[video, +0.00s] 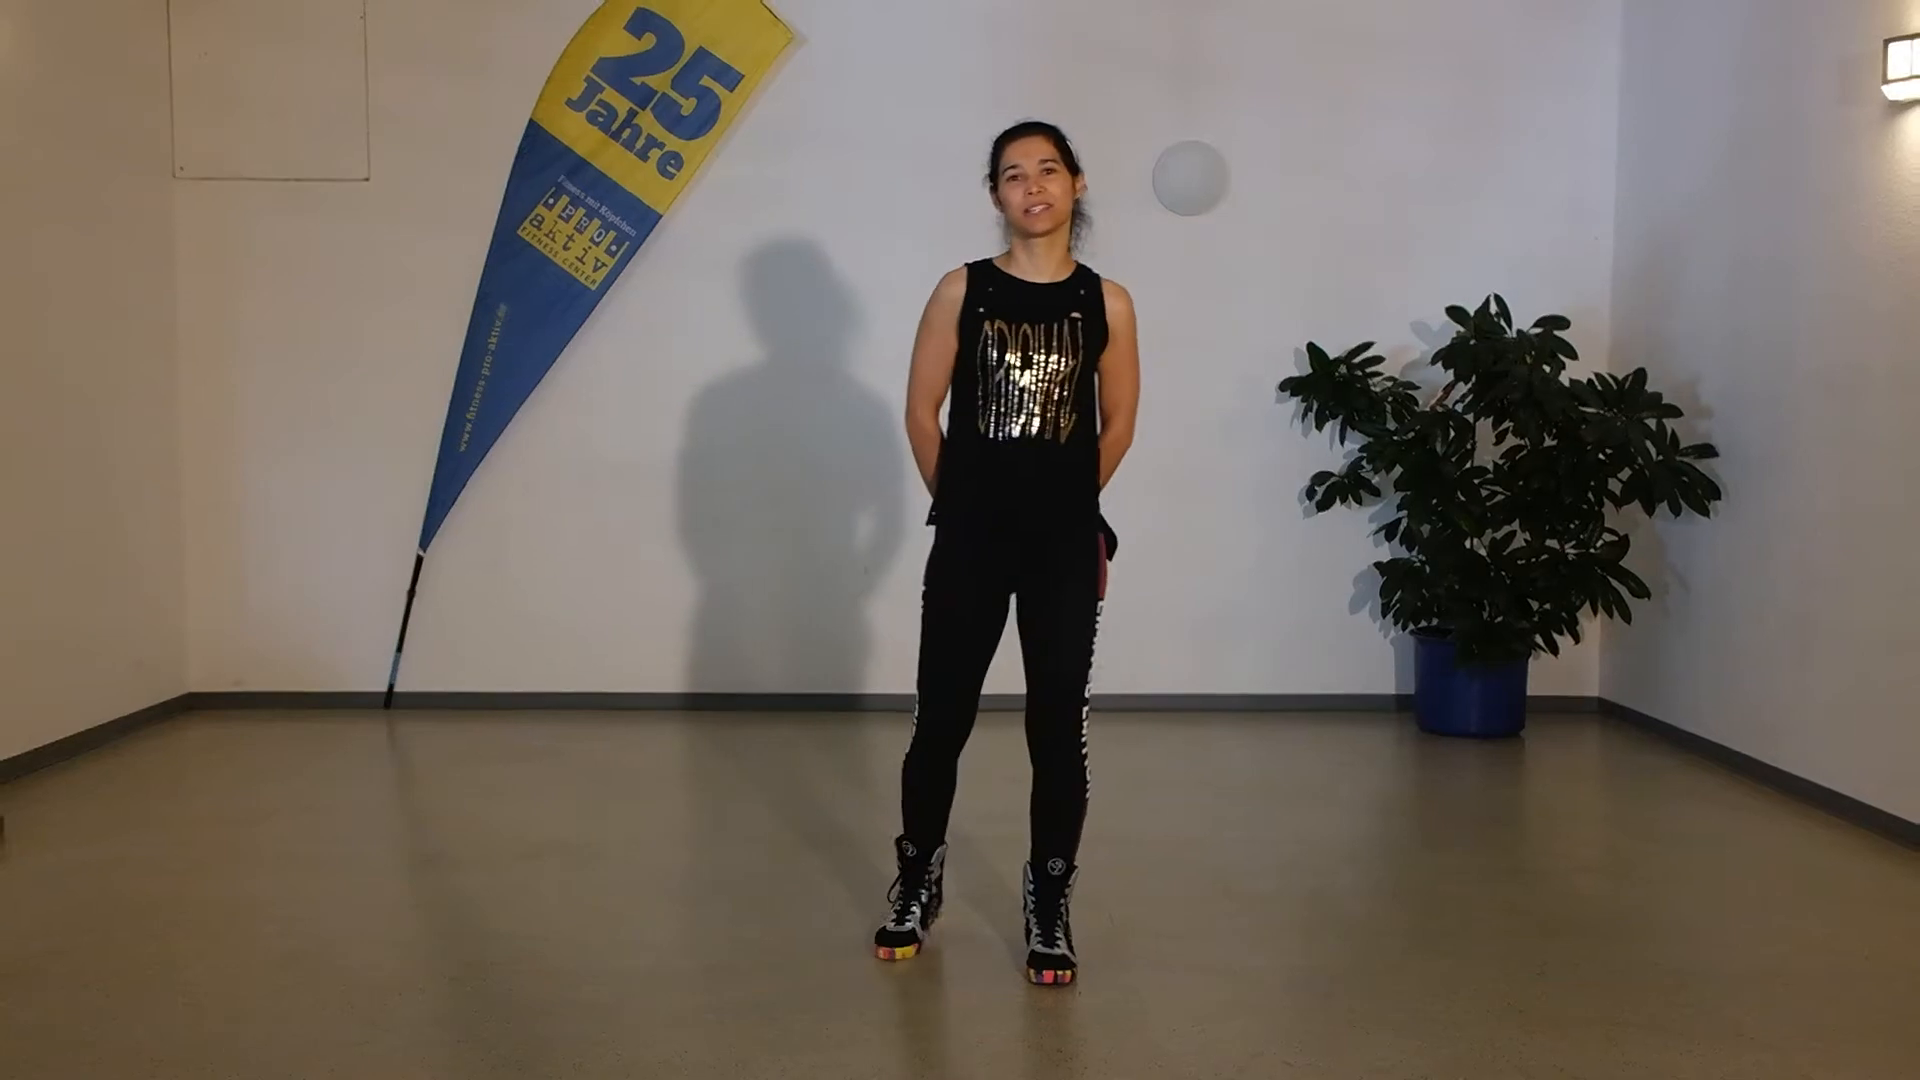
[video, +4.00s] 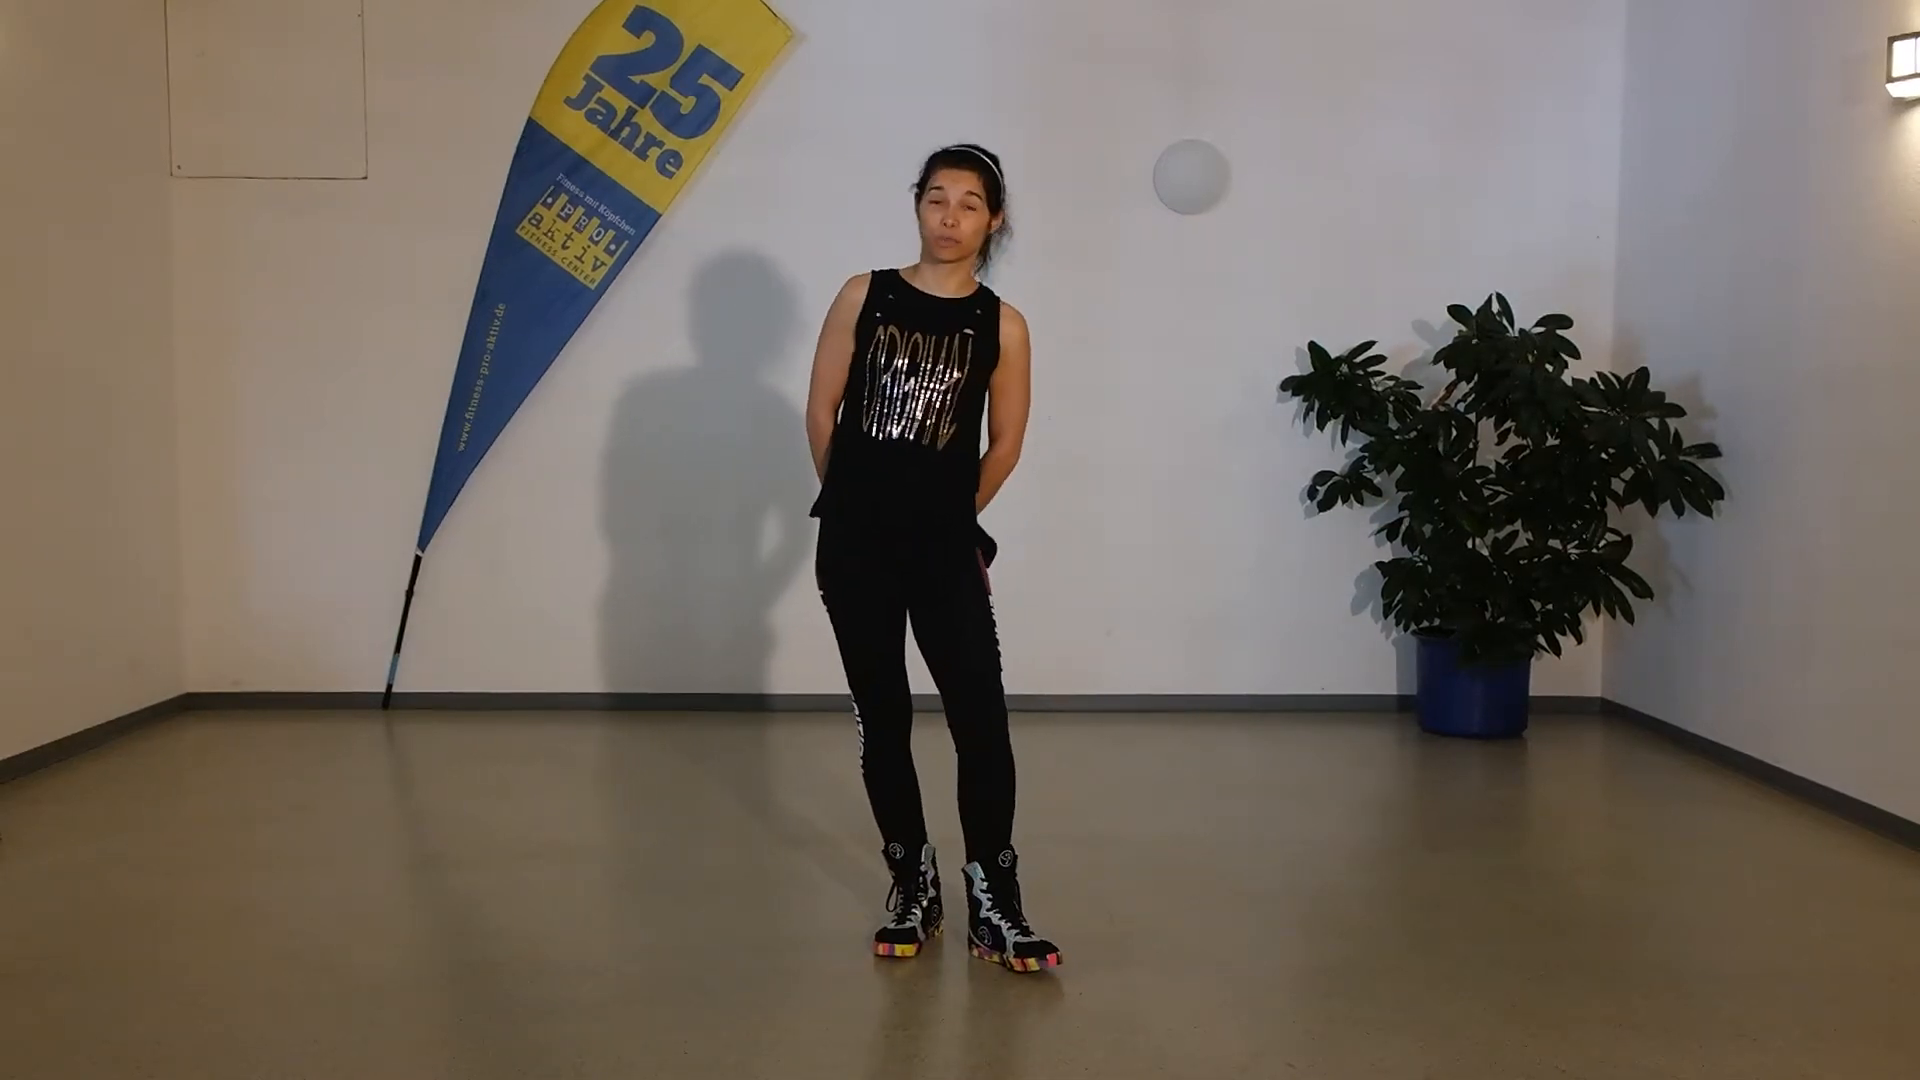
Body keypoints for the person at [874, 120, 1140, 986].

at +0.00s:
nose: (1030, 186)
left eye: (1045, 172)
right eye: (1013, 176)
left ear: (1075, 187)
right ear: (996, 198)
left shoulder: (1107, 302)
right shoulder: (961, 291)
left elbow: (1120, 423)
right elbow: (921, 412)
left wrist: (1074, 501)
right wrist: (953, 501)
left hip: (1063, 533)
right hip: (971, 527)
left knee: (1056, 725)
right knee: (941, 717)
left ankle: (1049, 908)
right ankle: (916, 881)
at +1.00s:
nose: (929, 199)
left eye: (945, 185)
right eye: (913, 189)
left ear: (974, 200)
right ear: (896, 207)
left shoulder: (1007, 308)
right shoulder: (866, 298)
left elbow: (1025, 428)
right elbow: (836, 420)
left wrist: (978, 509)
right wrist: (871, 498)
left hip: (969, 536)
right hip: (877, 534)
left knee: (999, 721)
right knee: (895, 719)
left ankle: (1027, 902)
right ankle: (911, 888)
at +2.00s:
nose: (912, 200)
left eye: (926, 185)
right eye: (894, 190)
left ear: (952, 198)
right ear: (874, 209)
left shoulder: (992, 304)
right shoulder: (846, 307)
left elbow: (1018, 424)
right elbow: (823, 432)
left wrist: (980, 507)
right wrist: (863, 511)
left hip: (971, 536)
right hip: (880, 540)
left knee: (1007, 723)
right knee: (899, 723)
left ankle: (1014, 898)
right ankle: (913, 886)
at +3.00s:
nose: (925, 194)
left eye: (940, 184)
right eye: (909, 184)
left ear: (963, 204)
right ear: (885, 204)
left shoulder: (996, 299)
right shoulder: (852, 299)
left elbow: (1014, 421)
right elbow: (829, 423)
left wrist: (974, 499)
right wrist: (867, 505)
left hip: (969, 536)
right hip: (880, 538)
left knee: (999, 719)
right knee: (897, 720)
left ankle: (999, 903)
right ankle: (913, 886)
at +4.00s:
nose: (948, 214)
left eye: (967, 203)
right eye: (936, 198)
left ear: (992, 222)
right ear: (916, 209)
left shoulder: (1002, 323)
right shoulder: (862, 295)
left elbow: (1006, 443)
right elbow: (820, 412)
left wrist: (953, 517)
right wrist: (843, 500)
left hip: (947, 541)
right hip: (856, 536)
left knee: (980, 716)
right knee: (883, 718)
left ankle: (993, 900)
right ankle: (911, 888)